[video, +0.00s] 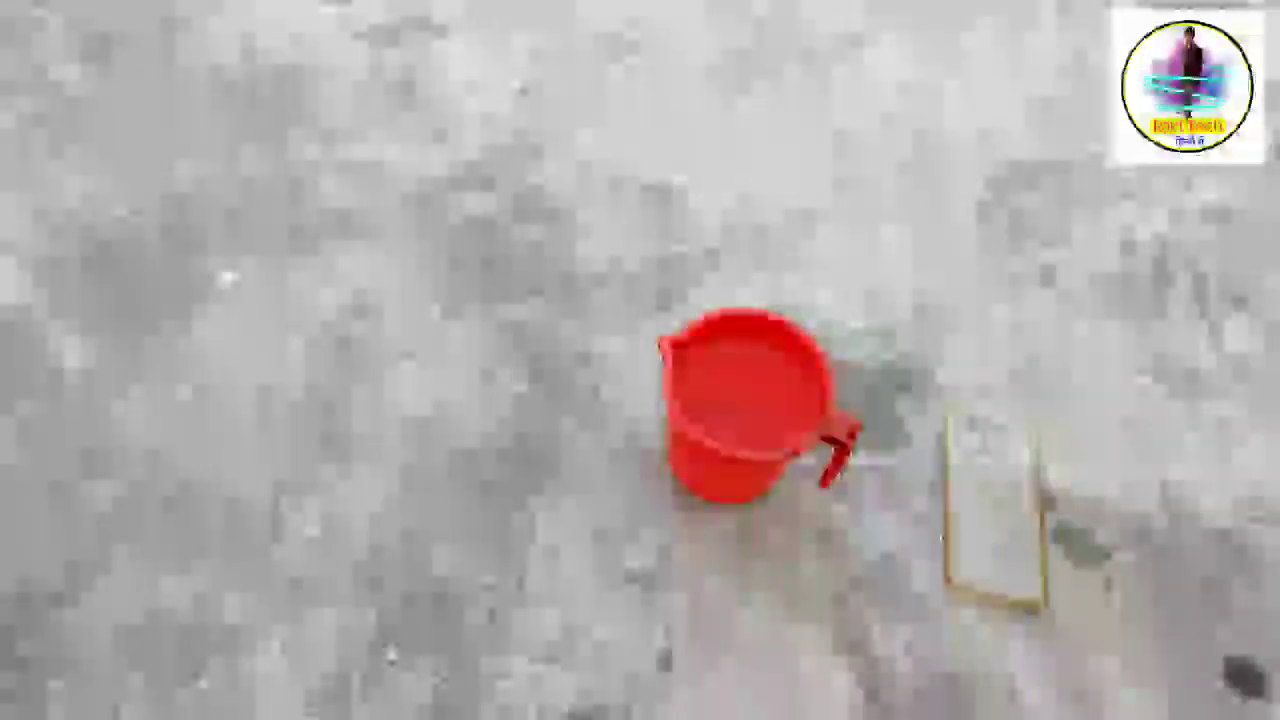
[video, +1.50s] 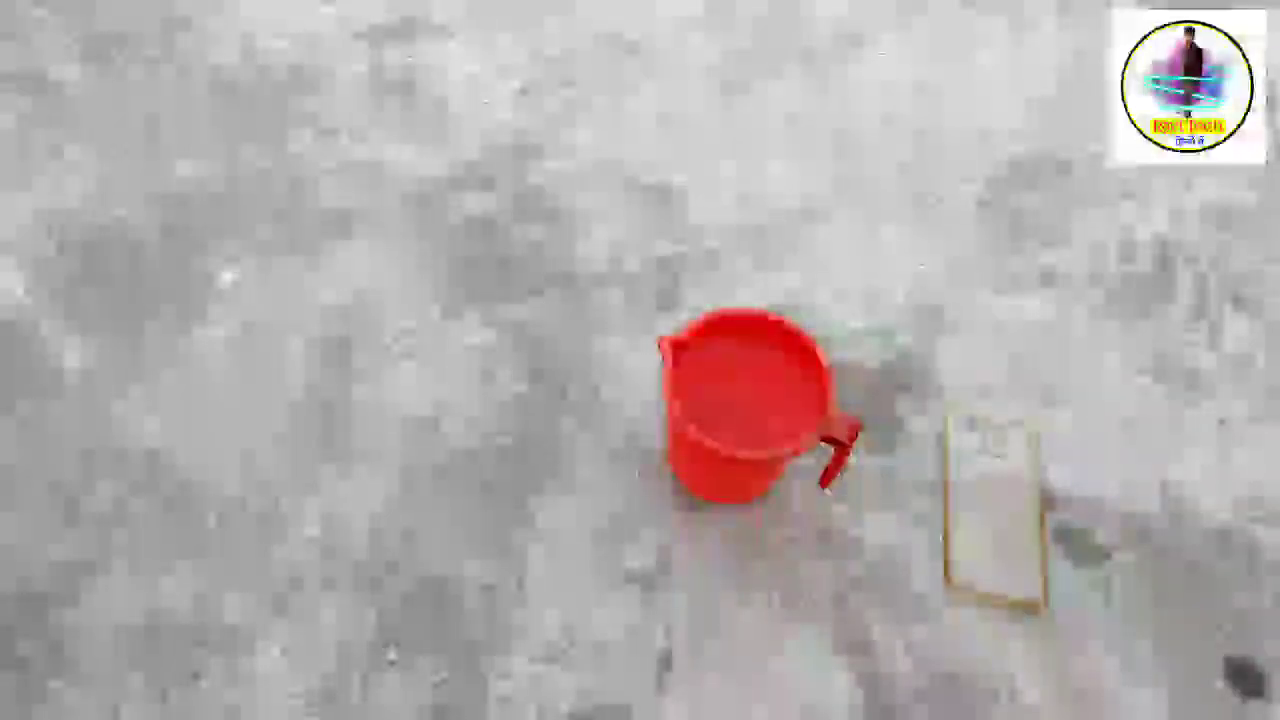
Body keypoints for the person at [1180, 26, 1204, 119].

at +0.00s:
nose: (1187, 38)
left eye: (1189, 36)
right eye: (1186, 36)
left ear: (1193, 36)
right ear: (1184, 36)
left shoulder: (1197, 50)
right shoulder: (1181, 49)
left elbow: (1199, 65)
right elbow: (1176, 61)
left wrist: (1197, 75)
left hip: (1193, 75)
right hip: (1183, 74)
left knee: (1190, 93)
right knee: (1185, 93)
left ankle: (1188, 112)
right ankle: (1185, 111)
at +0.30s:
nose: (1187, 38)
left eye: (1189, 36)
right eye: (1186, 36)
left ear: (1193, 36)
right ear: (1184, 36)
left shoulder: (1197, 50)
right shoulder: (1181, 49)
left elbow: (1199, 64)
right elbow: (1176, 61)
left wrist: (1197, 75)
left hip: (1193, 75)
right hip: (1183, 74)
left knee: (1190, 93)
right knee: (1185, 93)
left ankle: (1188, 111)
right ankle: (1185, 111)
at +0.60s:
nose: (1187, 38)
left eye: (1189, 36)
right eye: (1186, 36)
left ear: (1193, 36)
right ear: (1184, 36)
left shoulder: (1197, 50)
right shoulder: (1181, 49)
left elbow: (1199, 64)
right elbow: (1176, 61)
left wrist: (1197, 75)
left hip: (1193, 75)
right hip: (1183, 74)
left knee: (1190, 93)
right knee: (1185, 93)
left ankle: (1188, 111)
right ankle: (1186, 111)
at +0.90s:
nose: (1187, 38)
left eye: (1189, 36)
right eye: (1186, 36)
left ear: (1193, 36)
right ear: (1184, 36)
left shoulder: (1197, 50)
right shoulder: (1181, 49)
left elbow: (1199, 64)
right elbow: (1176, 61)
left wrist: (1197, 75)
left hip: (1193, 75)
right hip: (1183, 74)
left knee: (1190, 93)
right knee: (1185, 93)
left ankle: (1188, 111)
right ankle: (1186, 111)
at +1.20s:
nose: (1188, 38)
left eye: (1190, 36)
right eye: (1187, 35)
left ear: (1193, 36)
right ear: (1184, 36)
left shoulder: (1197, 50)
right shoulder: (1181, 49)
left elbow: (1199, 65)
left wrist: (1198, 77)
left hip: (1193, 74)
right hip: (1183, 74)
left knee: (1190, 92)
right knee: (1185, 92)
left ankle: (1188, 111)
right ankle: (1185, 110)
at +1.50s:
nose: (1188, 38)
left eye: (1190, 36)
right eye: (1187, 35)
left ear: (1193, 36)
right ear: (1184, 36)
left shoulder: (1197, 50)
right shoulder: (1181, 49)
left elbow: (1199, 65)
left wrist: (1198, 77)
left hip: (1193, 74)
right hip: (1183, 74)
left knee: (1190, 92)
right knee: (1185, 92)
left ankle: (1188, 111)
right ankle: (1185, 110)